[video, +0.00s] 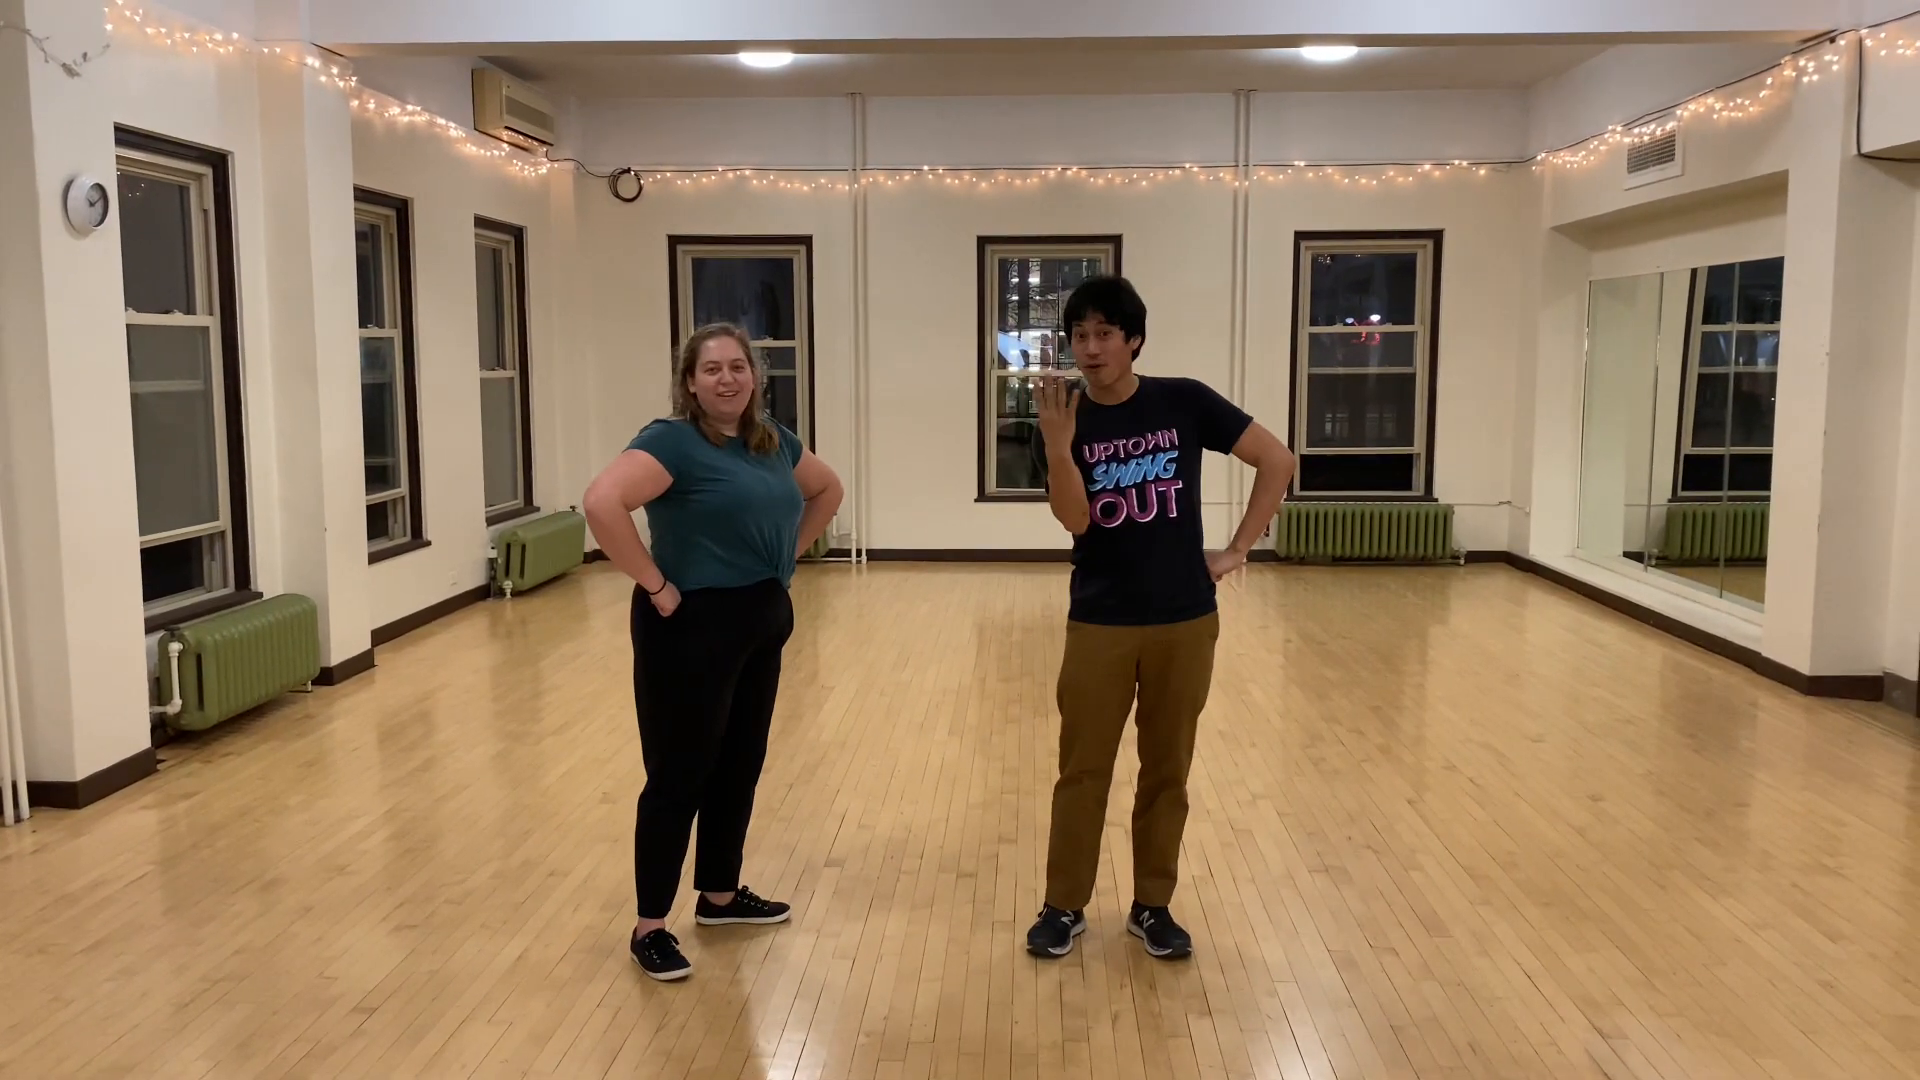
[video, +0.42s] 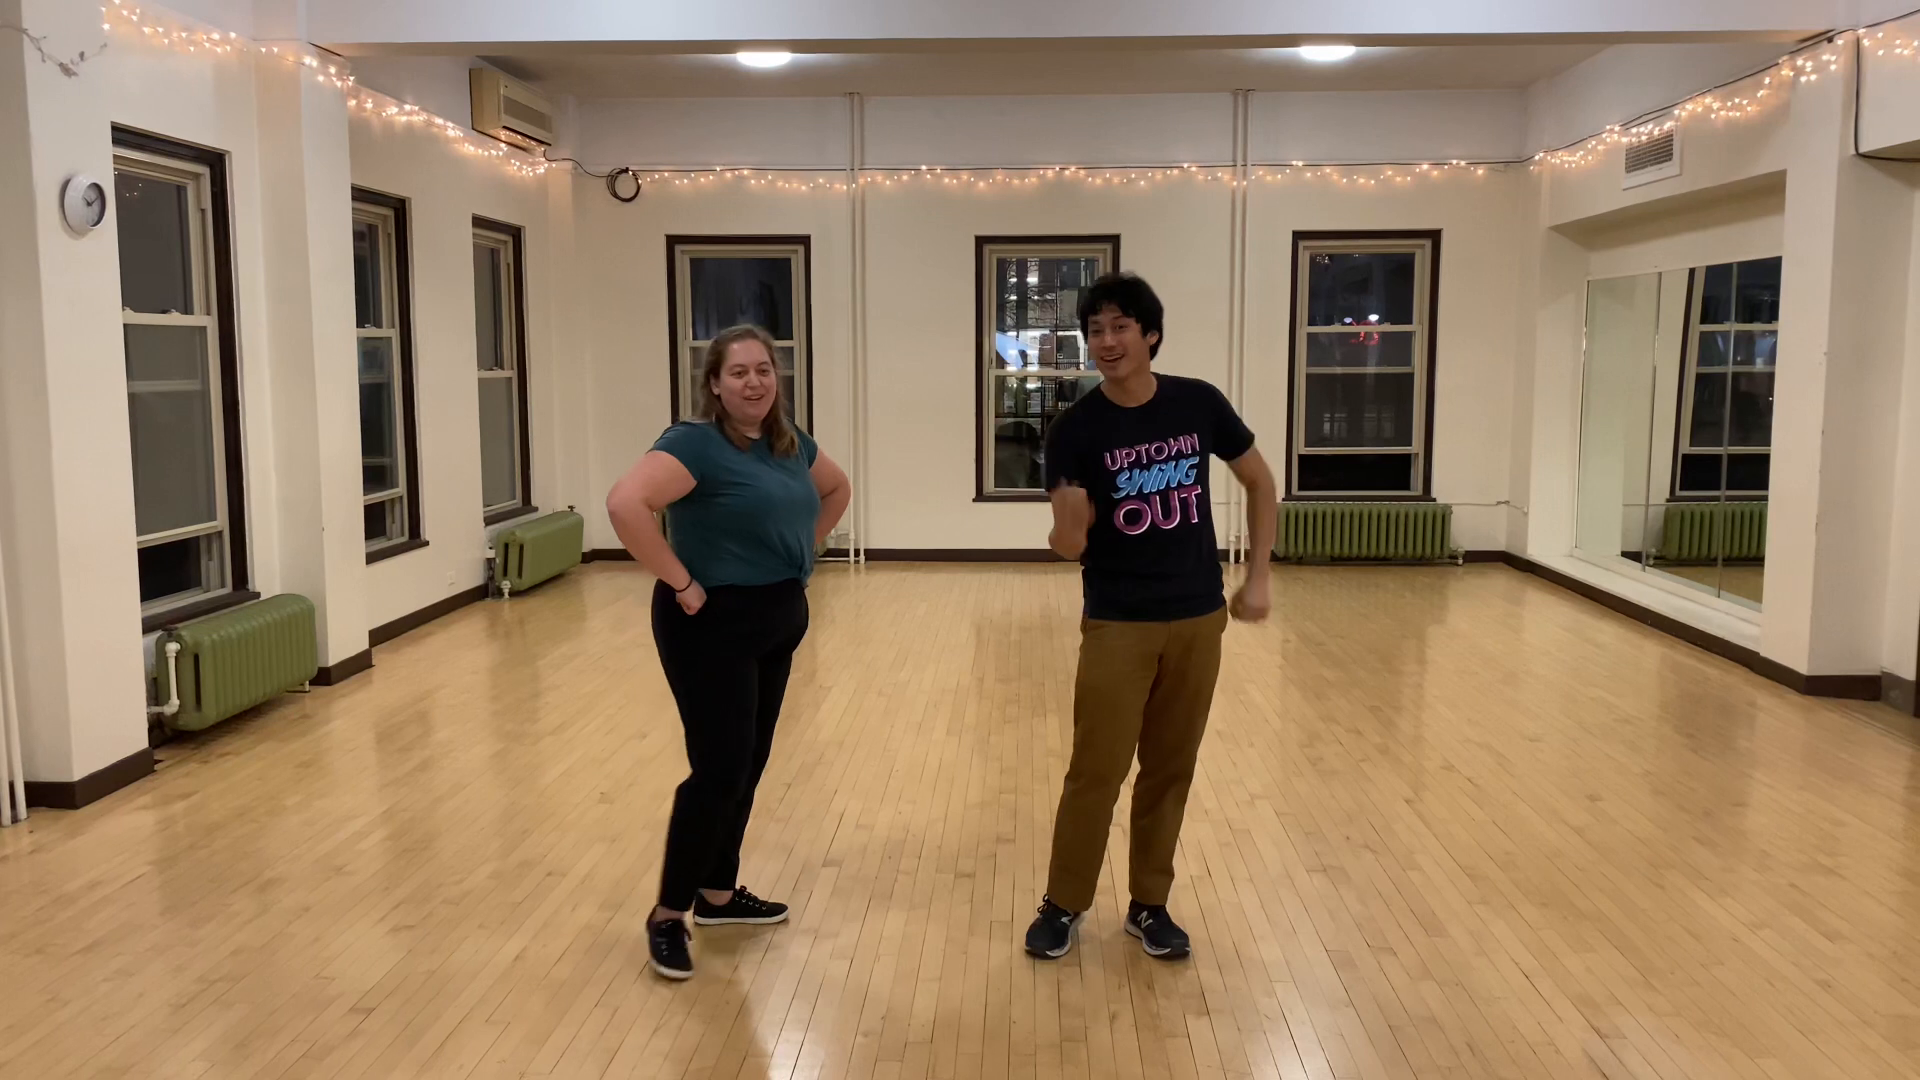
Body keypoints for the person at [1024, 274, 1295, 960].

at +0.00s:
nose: (1091, 346)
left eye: (1105, 333)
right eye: (1081, 334)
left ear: (1135, 340)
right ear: (1071, 344)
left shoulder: (1185, 401)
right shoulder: (1068, 422)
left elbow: (1277, 462)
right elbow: (1074, 520)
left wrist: (1236, 550)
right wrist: (1058, 443)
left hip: (1183, 617)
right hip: (1099, 621)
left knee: (1167, 774)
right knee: (1082, 771)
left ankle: (1152, 907)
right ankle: (1063, 906)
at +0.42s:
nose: (1108, 340)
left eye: (1121, 326)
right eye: (1096, 329)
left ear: (1151, 333)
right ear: (1087, 342)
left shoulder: (1198, 402)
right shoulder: (1074, 428)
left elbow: (1260, 480)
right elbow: (1066, 547)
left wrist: (1259, 571)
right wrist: (1070, 519)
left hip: (1197, 620)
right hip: (1117, 626)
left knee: (1170, 771)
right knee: (1096, 771)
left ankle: (1149, 905)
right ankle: (1062, 904)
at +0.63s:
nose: (1111, 337)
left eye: (1125, 326)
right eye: (1111, 325)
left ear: (1168, 336)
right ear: (1121, 332)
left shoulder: (1221, 418)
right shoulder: (1088, 414)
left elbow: (1241, 527)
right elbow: (1061, 525)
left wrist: (1243, 630)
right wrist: (1052, 624)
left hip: (1181, 625)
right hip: (1092, 621)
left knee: (1161, 770)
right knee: (1076, 770)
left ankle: (1149, 904)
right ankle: (1059, 904)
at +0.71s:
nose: (1117, 337)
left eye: (1130, 325)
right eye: (1117, 324)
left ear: (1172, 336)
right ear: (1125, 332)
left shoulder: (1224, 422)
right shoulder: (1092, 411)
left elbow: (1243, 533)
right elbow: (1060, 515)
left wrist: (1222, 630)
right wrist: (1046, 603)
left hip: (1171, 622)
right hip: (1087, 615)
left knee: (1159, 769)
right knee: (1067, 760)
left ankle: (1149, 904)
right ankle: (1053, 901)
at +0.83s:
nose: (1113, 338)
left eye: (1126, 327)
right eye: (1114, 325)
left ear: (1167, 338)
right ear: (1127, 331)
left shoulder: (1218, 424)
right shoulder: (1094, 405)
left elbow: (1236, 535)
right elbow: (1059, 495)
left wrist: (1196, 619)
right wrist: (1040, 580)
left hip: (1163, 625)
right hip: (1082, 614)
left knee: (1157, 767)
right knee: (1061, 755)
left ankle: (1149, 903)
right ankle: (1047, 887)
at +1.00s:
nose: (1097, 337)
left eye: (1110, 327)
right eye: (1097, 325)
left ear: (1152, 335)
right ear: (1117, 332)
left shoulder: (1202, 420)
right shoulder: (1088, 404)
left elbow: (1214, 536)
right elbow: (1065, 497)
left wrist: (1169, 621)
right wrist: (1049, 589)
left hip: (1154, 623)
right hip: (1075, 614)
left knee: (1152, 764)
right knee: (1059, 745)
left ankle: (1148, 900)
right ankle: (1060, 862)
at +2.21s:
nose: (1116, 338)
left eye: (1130, 328)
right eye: (1115, 326)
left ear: (1169, 335)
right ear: (1119, 330)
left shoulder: (1217, 408)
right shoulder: (1099, 402)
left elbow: (1241, 512)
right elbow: (1075, 497)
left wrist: (1224, 604)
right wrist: (1071, 586)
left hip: (1186, 598)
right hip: (1105, 594)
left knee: (1192, 729)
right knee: (1088, 727)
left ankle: (1198, 853)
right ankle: (1074, 855)